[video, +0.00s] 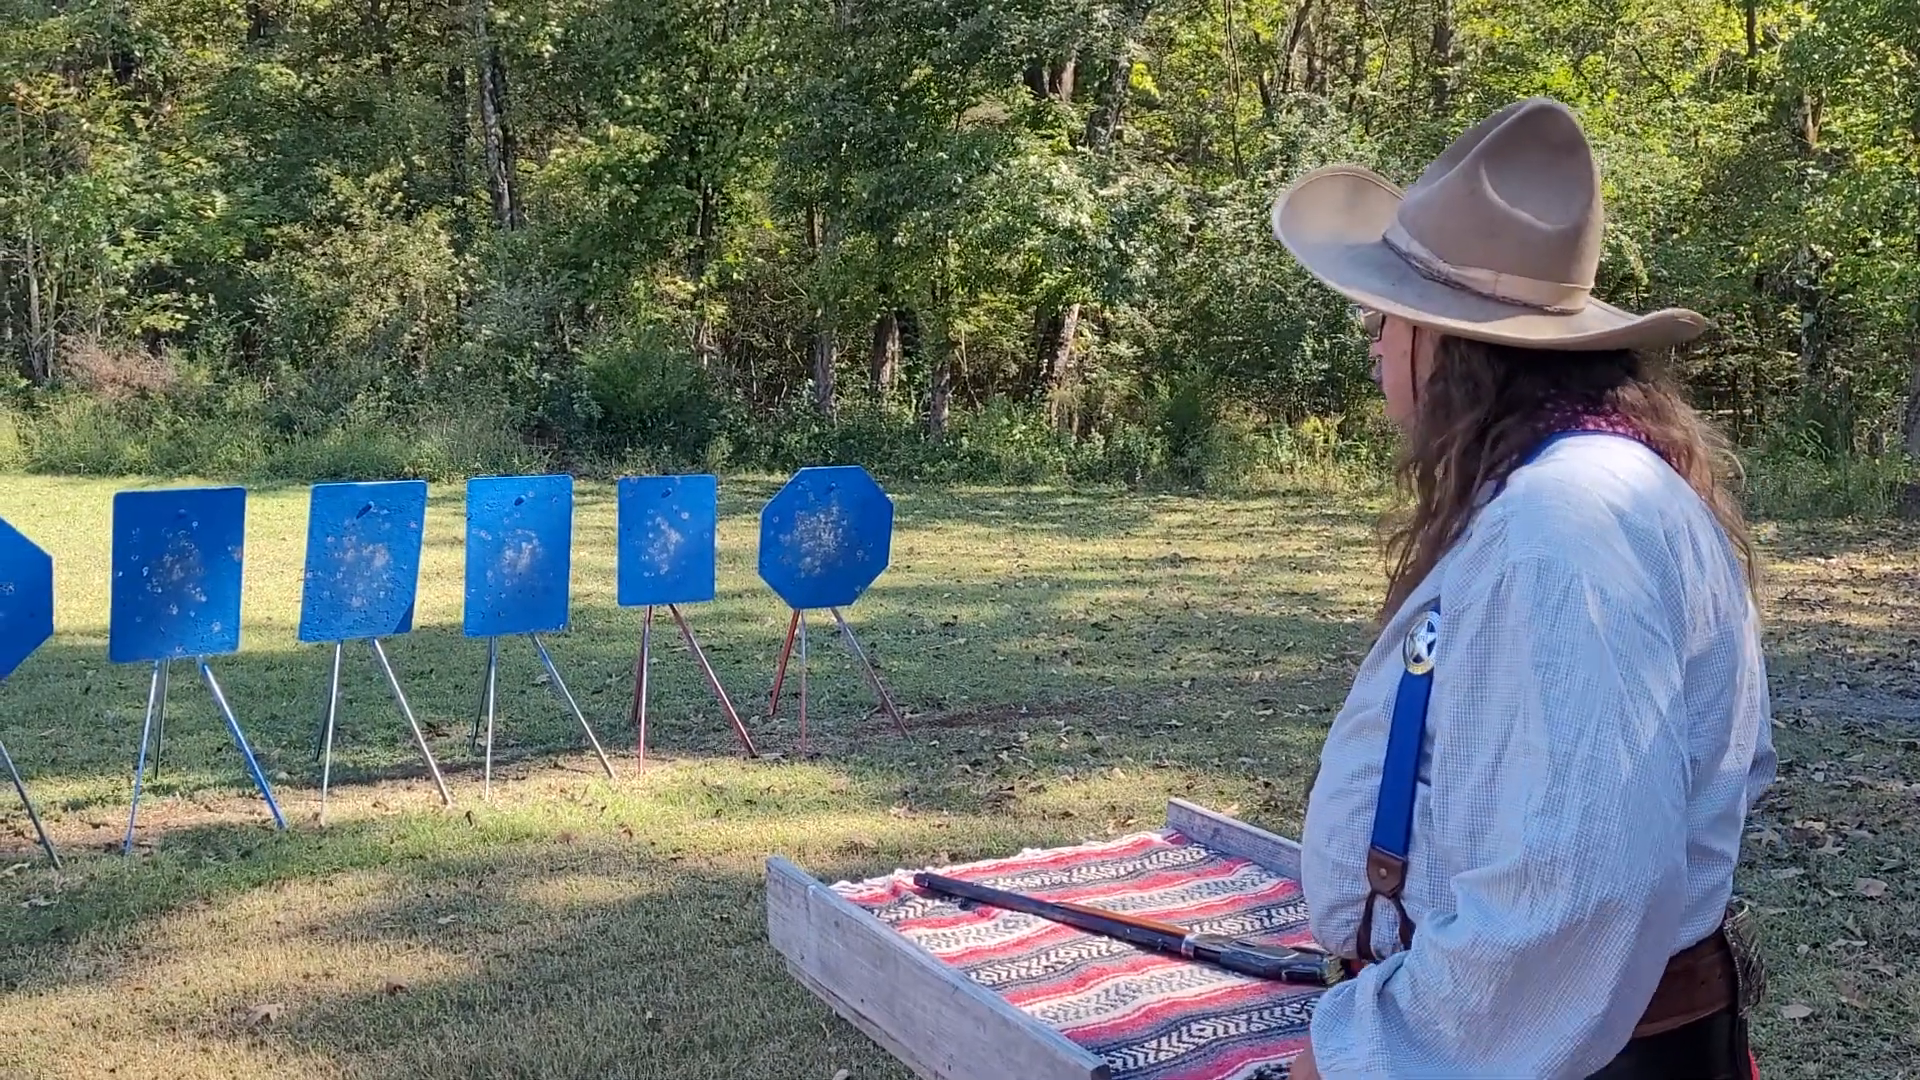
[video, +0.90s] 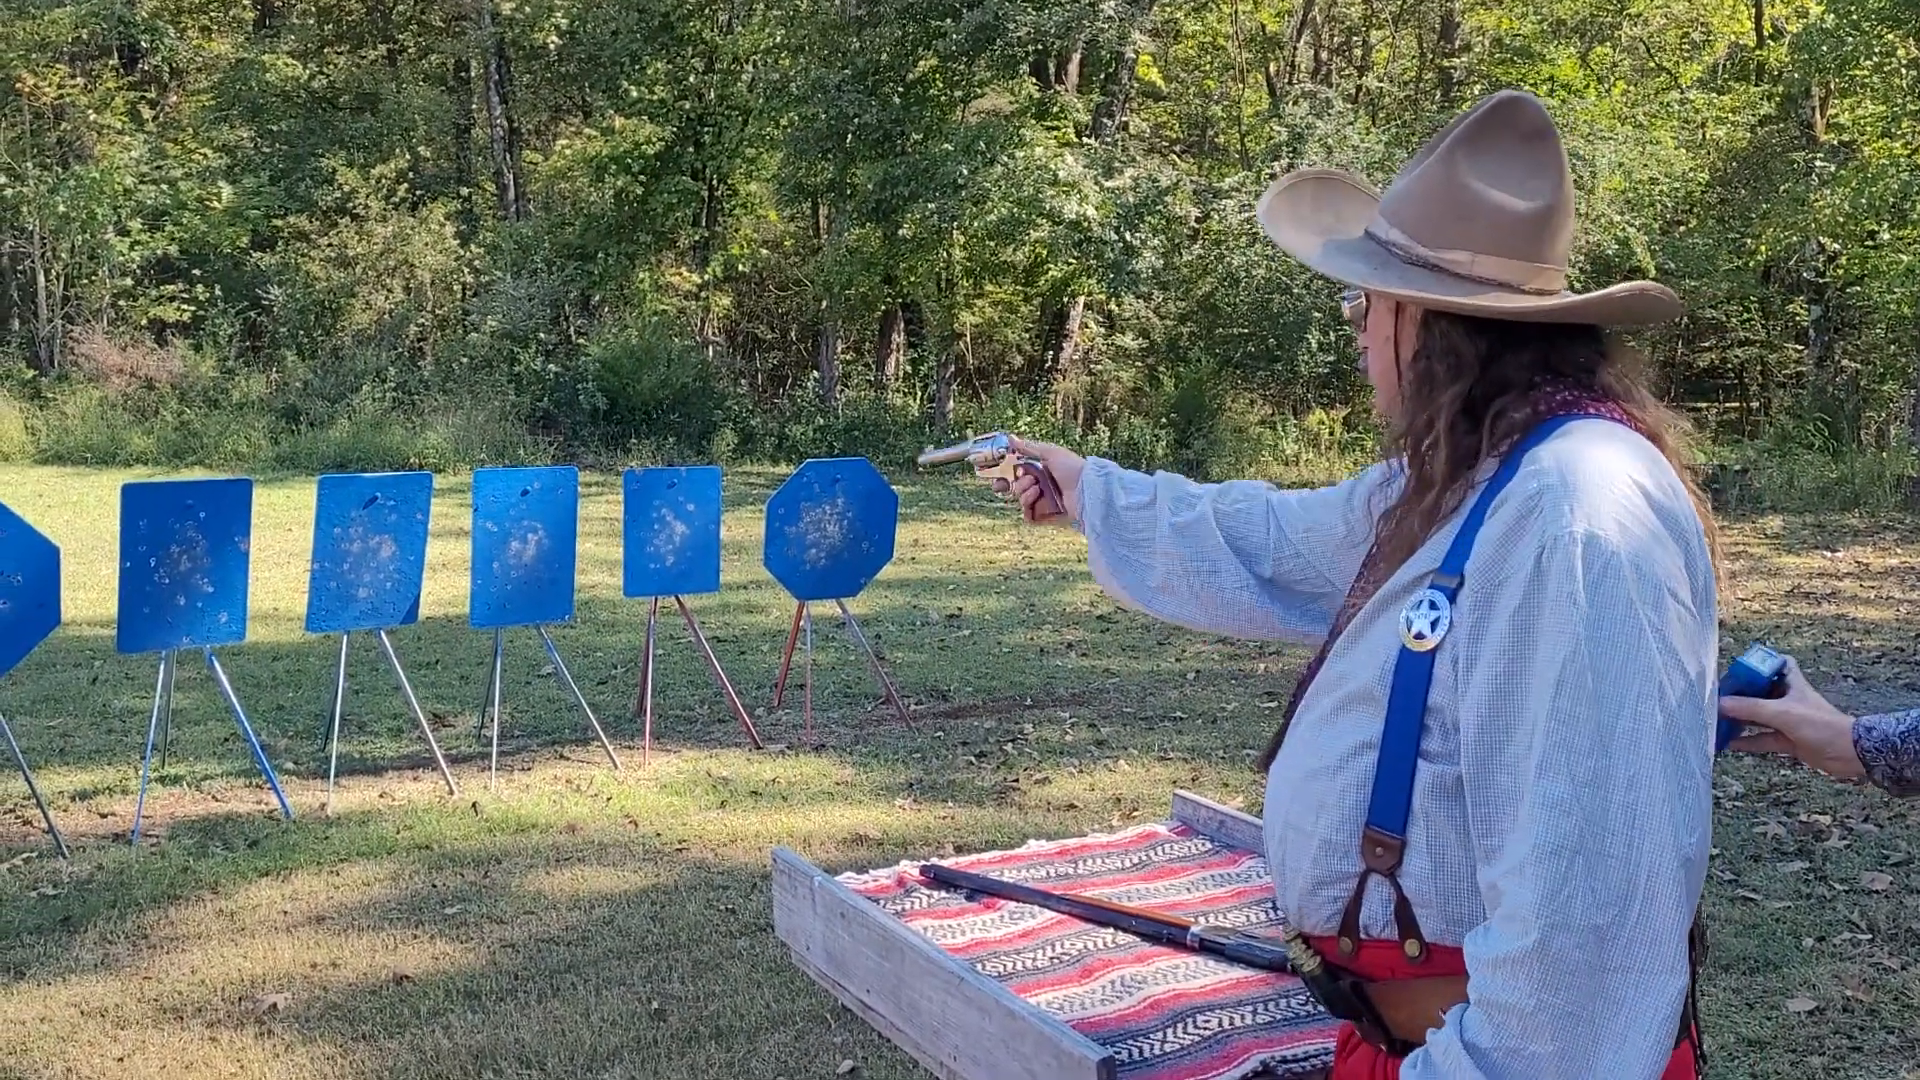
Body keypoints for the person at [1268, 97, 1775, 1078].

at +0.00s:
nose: (1370, 344)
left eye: (1384, 319)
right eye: (1376, 319)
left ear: (1450, 344)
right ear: (1536, 337)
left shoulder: (1567, 517)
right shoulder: (1609, 484)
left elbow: (1570, 893)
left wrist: (1353, 1043)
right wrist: (1396, 933)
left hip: (1585, 1040)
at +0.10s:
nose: (1358, 347)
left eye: (1373, 323)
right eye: (1364, 322)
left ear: (1444, 347)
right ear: (1502, 339)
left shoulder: (1567, 520)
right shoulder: (1529, 491)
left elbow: (1583, 902)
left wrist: (1372, 1051)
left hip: (1573, 1040)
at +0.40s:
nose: (1346, 338)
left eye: (1359, 314)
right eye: (1351, 313)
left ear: (1422, 338)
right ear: (1499, 334)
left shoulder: (1548, 531)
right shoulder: (1499, 487)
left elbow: (1582, 931)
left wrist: (1432, 1062)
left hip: (1479, 1032)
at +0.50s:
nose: (1353, 338)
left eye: (1363, 312)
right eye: (1357, 312)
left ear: (1426, 333)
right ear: (1508, 331)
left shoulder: (1553, 523)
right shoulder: (1511, 477)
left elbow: (1568, 943)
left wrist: (1427, 1065)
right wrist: (1366, 628)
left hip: (1466, 1029)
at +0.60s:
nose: (1358, 336)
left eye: (1373, 308)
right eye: (1363, 308)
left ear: (1442, 328)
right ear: (1489, 327)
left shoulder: (1562, 524)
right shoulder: (1515, 480)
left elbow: (1553, 940)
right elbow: (1454, 648)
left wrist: (1423, 1065)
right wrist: (1276, 607)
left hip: (1482, 1033)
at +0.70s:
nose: (1364, 332)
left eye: (1377, 302)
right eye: (1370, 302)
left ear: (1436, 321)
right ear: (1444, 322)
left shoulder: (1572, 520)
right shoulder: (1502, 479)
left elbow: (1559, 941)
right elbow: (1377, 609)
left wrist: (1408, 1064)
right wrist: (1185, 566)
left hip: (1467, 1031)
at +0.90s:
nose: (1355, 330)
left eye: (1369, 303)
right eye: (1360, 304)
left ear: (1433, 324)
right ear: (1467, 326)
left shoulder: (1584, 510)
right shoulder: (1441, 479)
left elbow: (1592, 910)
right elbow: (1272, 537)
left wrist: (1459, 1066)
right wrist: (1090, 492)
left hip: (1478, 1029)